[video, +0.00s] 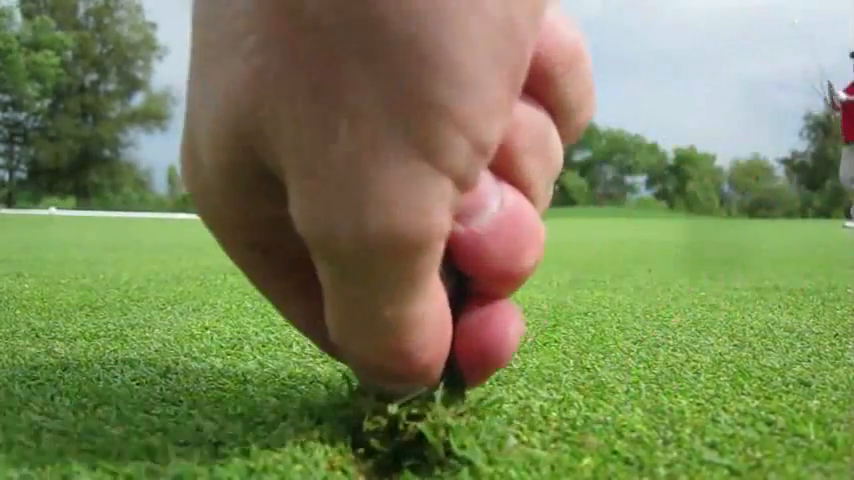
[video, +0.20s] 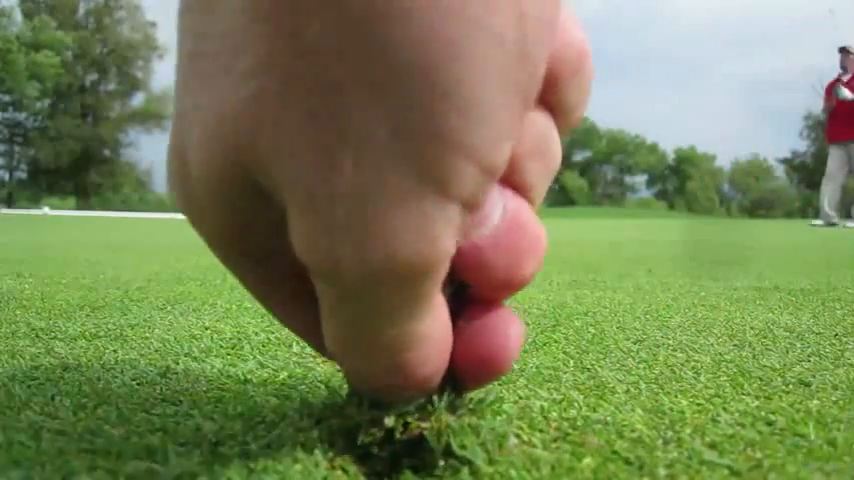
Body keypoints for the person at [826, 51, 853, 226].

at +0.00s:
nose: (851, 61)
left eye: (852, 58)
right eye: (851, 58)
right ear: (850, 61)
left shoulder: (849, 89)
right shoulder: (848, 88)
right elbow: (840, 107)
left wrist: (844, 97)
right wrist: (835, 101)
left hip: (849, 140)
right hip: (847, 140)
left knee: (846, 178)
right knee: (845, 178)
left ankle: (850, 215)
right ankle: (850, 214)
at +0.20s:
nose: (843, 60)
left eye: (846, 56)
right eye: (841, 56)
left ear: (853, 60)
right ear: (839, 59)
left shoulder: (850, 83)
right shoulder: (833, 85)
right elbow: (825, 111)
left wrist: (849, 97)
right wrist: (832, 100)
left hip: (848, 136)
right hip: (838, 137)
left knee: (837, 176)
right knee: (832, 176)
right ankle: (827, 215)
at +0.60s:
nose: (806, 58)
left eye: (809, 54)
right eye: (803, 55)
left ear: (816, 57)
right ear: (799, 58)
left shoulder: (828, 77)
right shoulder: (791, 83)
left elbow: (840, 100)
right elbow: (783, 109)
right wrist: (800, 112)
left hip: (825, 134)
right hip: (801, 136)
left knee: (826, 173)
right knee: (799, 178)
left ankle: (846, 209)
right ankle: (805, 216)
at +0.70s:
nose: (798, 56)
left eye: (801, 52)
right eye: (795, 53)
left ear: (807, 54)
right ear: (791, 56)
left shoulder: (820, 75)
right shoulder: (784, 81)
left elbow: (832, 97)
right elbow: (773, 106)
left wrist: (839, 97)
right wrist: (787, 110)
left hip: (816, 130)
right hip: (793, 133)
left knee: (808, 169)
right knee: (792, 176)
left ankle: (826, 207)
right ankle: (804, 215)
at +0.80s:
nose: (791, 55)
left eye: (793, 52)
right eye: (787, 52)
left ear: (799, 54)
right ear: (783, 55)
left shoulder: (811, 73)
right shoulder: (776, 80)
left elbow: (825, 95)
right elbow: (765, 104)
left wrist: (838, 92)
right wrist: (775, 110)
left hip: (807, 127)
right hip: (786, 130)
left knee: (793, 168)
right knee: (791, 173)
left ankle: (800, 212)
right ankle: (806, 213)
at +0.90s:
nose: (782, 56)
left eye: (785, 52)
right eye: (779, 53)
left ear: (791, 54)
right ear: (775, 56)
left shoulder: (802, 73)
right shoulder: (768, 80)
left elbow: (817, 93)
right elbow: (759, 104)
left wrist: (831, 94)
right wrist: (763, 114)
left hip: (798, 129)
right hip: (778, 131)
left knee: (784, 170)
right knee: (792, 174)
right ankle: (805, 215)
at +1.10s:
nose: (764, 58)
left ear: (774, 54)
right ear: (757, 57)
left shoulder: (782, 73)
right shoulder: (755, 76)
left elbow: (801, 94)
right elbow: (746, 102)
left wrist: (821, 106)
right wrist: (738, 125)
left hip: (774, 131)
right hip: (758, 132)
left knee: (759, 172)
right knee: (775, 176)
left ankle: (749, 212)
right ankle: (798, 210)